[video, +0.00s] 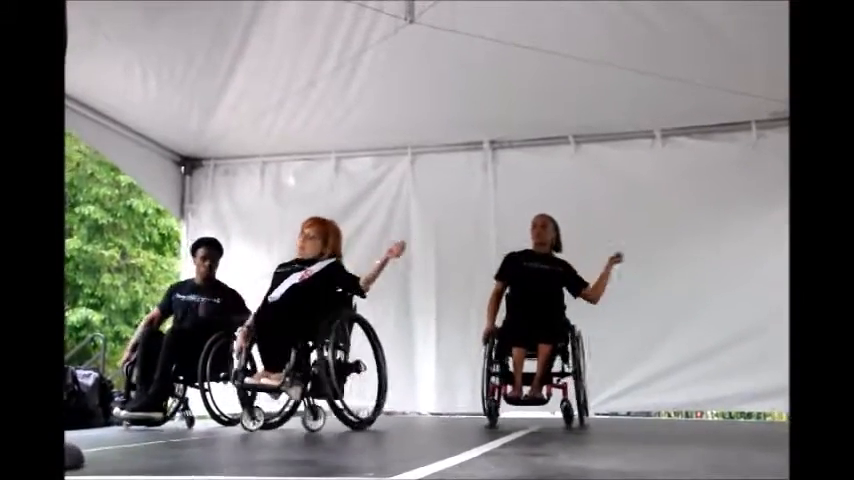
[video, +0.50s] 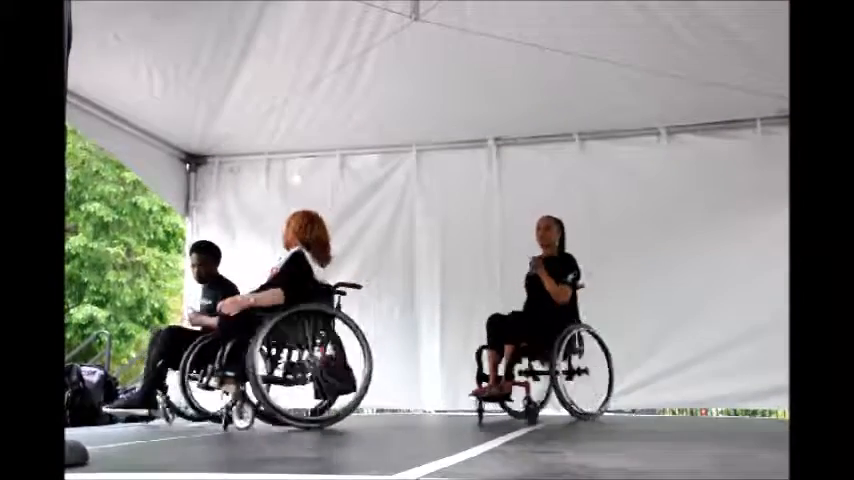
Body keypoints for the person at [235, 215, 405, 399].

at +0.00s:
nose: (302, 241)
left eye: (310, 237)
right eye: (301, 235)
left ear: (326, 243)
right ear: (297, 238)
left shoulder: (332, 268)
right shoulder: (285, 269)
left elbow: (361, 286)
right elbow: (267, 302)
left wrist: (385, 259)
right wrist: (248, 328)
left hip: (314, 317)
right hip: (284, 315)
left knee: (273, 317)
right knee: (263, 319)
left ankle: (274, 373)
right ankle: (270, 371)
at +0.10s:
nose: (295, 237)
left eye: (303, 234)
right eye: (297, 233)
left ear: (320, 240)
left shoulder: (328, 265)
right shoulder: (286, 267)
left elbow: (347, 289)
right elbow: (268, 300)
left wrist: (368, 261)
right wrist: (244, 327)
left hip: (311, 314)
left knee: (263, 318)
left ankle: (263, 372)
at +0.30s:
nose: (291, 236)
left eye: (295, 231)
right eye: (292, 231)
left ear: (305, 233)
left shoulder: (313, 260)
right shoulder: (298, 259)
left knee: (248, 317)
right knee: (253, 317)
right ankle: (258, 377)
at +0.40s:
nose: (288, 232)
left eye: (292, 228)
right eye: (289, 228)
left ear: (302, 231)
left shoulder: (309, 257)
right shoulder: (291, 258)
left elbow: (306, 292)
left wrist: (275, 286)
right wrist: (267, 286)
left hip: (301, 318)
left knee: (244, 313)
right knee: (245, 313)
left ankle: (235, 370)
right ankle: (245, 376)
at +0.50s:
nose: (284, 232)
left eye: (287, 227)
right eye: (286, 227)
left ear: (295, 230)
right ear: (315, 232)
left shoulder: (298, 257)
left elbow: (283, 293)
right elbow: (285, 292)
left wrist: (244, 301)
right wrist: (244, 300)